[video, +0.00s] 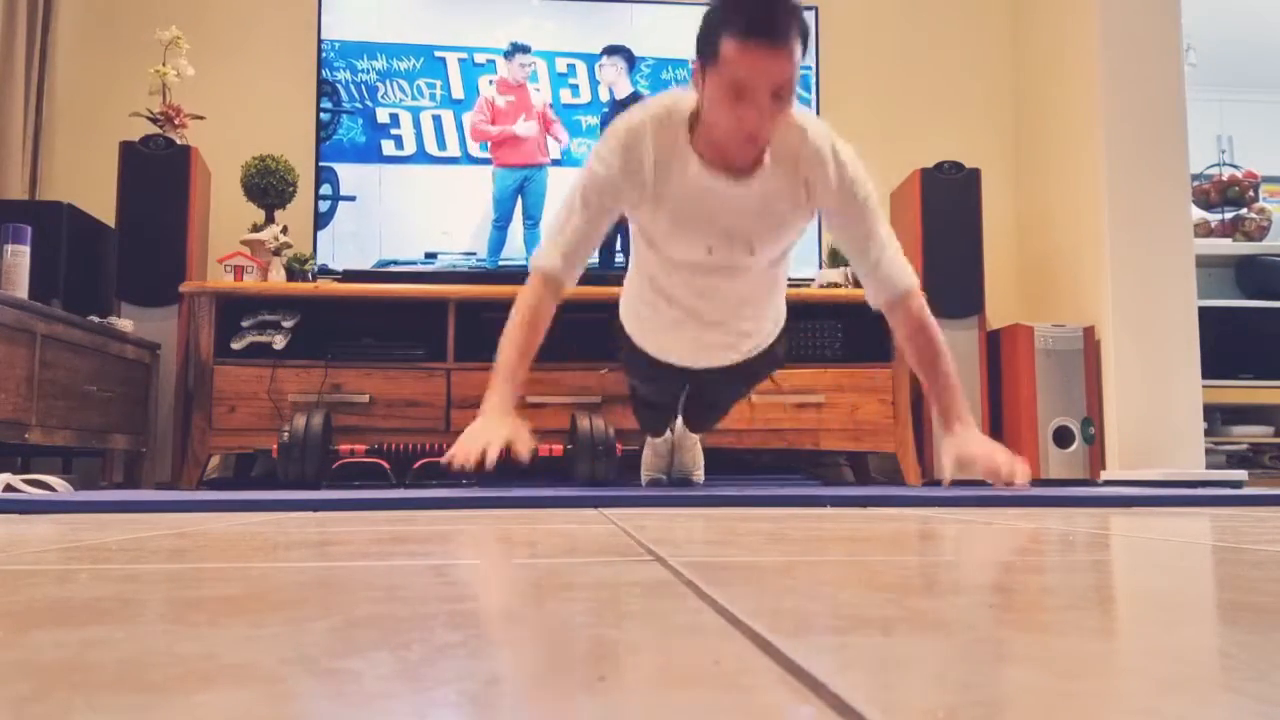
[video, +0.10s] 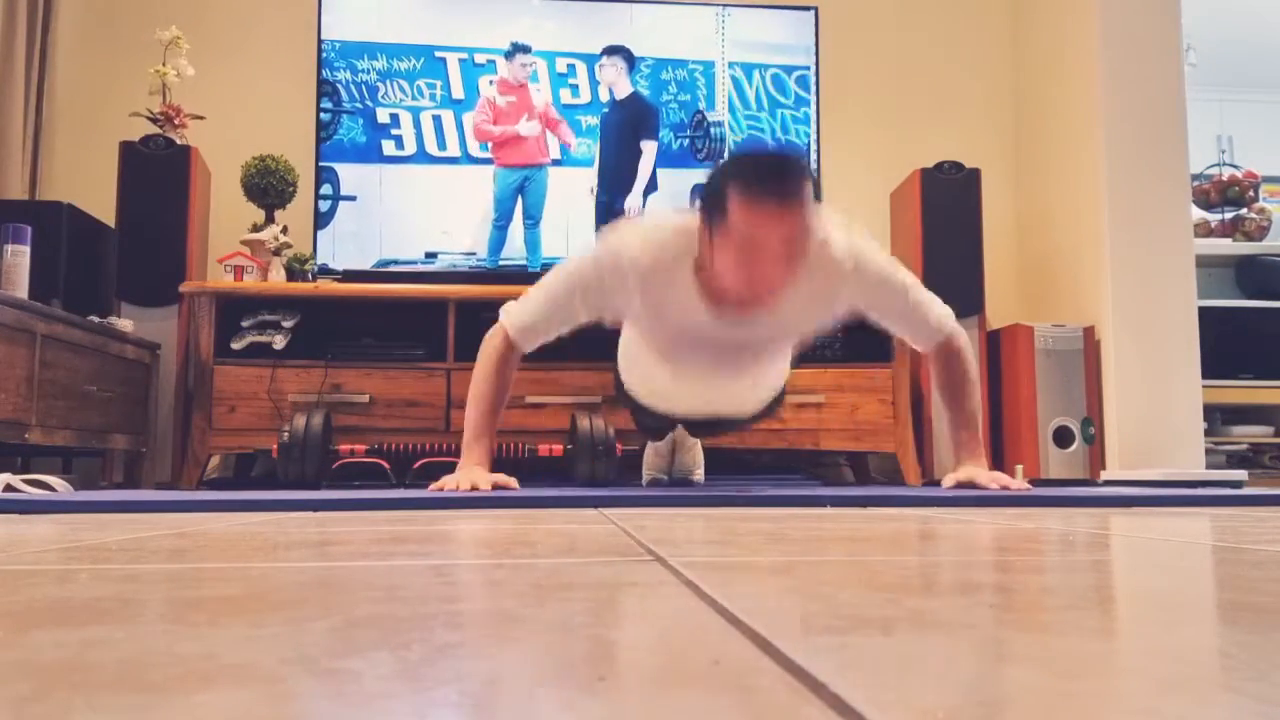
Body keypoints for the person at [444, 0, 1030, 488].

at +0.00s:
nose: (759, 118)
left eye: (778, 95)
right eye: (740, 91)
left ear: (797, 86)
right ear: (701, 74)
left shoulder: (822, 160)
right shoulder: (637, 142)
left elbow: (901, 296)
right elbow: (552, 271)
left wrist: (959, 429)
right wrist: (497, 406)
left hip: (750, 343)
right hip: (655, 335)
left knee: (705, 410)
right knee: (656, 411)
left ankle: (684, 440)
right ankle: (659, 446)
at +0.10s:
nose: (763, 270)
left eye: (782, 250)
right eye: (747, 247)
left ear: (808, 236)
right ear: (711, 231)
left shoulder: (842, 259)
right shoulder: (633, 254)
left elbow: (948, 341)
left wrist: (967, 459)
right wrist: (471, 460)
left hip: (747, 401)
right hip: (650, 392)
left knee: (711, 427)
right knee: (654, 423)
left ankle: (690, 446)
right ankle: (662, 447)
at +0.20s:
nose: (782, 413)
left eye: (799, 396)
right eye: (763, 396)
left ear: (825, 361)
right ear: (713, 359)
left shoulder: (846, 340)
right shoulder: (639, 337)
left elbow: (953, 344)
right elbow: (497, 335)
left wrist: (972, 460)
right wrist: (469, 460)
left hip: (760, 477)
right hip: (643, 473)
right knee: (630, 584)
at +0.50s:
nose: (762, 308)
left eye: (781, 288)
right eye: (744, 287)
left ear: (805, 268)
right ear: (704, 264)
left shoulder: (834, 285)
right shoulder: (631, 279)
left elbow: (936, 343)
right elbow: (500, 338)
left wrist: (969, 460)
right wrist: (471, 459)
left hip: (747, 432)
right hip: (644, 424)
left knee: (721, 459)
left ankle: (694, 472)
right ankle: (642, 466)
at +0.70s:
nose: (756, 116)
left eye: (776, 90)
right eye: (733, 92)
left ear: (790, 78)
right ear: (694, 76)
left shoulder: (815, 150)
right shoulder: (637, 145)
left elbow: (873, 288)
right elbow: (568, 292)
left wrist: (877, 411)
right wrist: (566, 428)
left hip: (747, 319)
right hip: (653, 313)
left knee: (709, 401)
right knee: (652, 402)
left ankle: (685, 436)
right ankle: (656, 440)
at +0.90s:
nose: (762, 370)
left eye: (784, 349)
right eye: (745, 348)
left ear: (810, 324)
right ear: (703, 321)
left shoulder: (843, 307)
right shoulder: (638, 307)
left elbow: (930, 358)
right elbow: (524, 350)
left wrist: (892, 461)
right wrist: (558, 463)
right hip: (643, 446)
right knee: (645, 572)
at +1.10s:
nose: (768, 411)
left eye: (787, 392)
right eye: (748, 391)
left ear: (813, 362)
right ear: (705, 359)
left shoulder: (838, 341)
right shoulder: (640, 339)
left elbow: (932, 360)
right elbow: (519, 352)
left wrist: (889, 462)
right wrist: (559, 463)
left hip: (750, 470)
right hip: (650, 469)